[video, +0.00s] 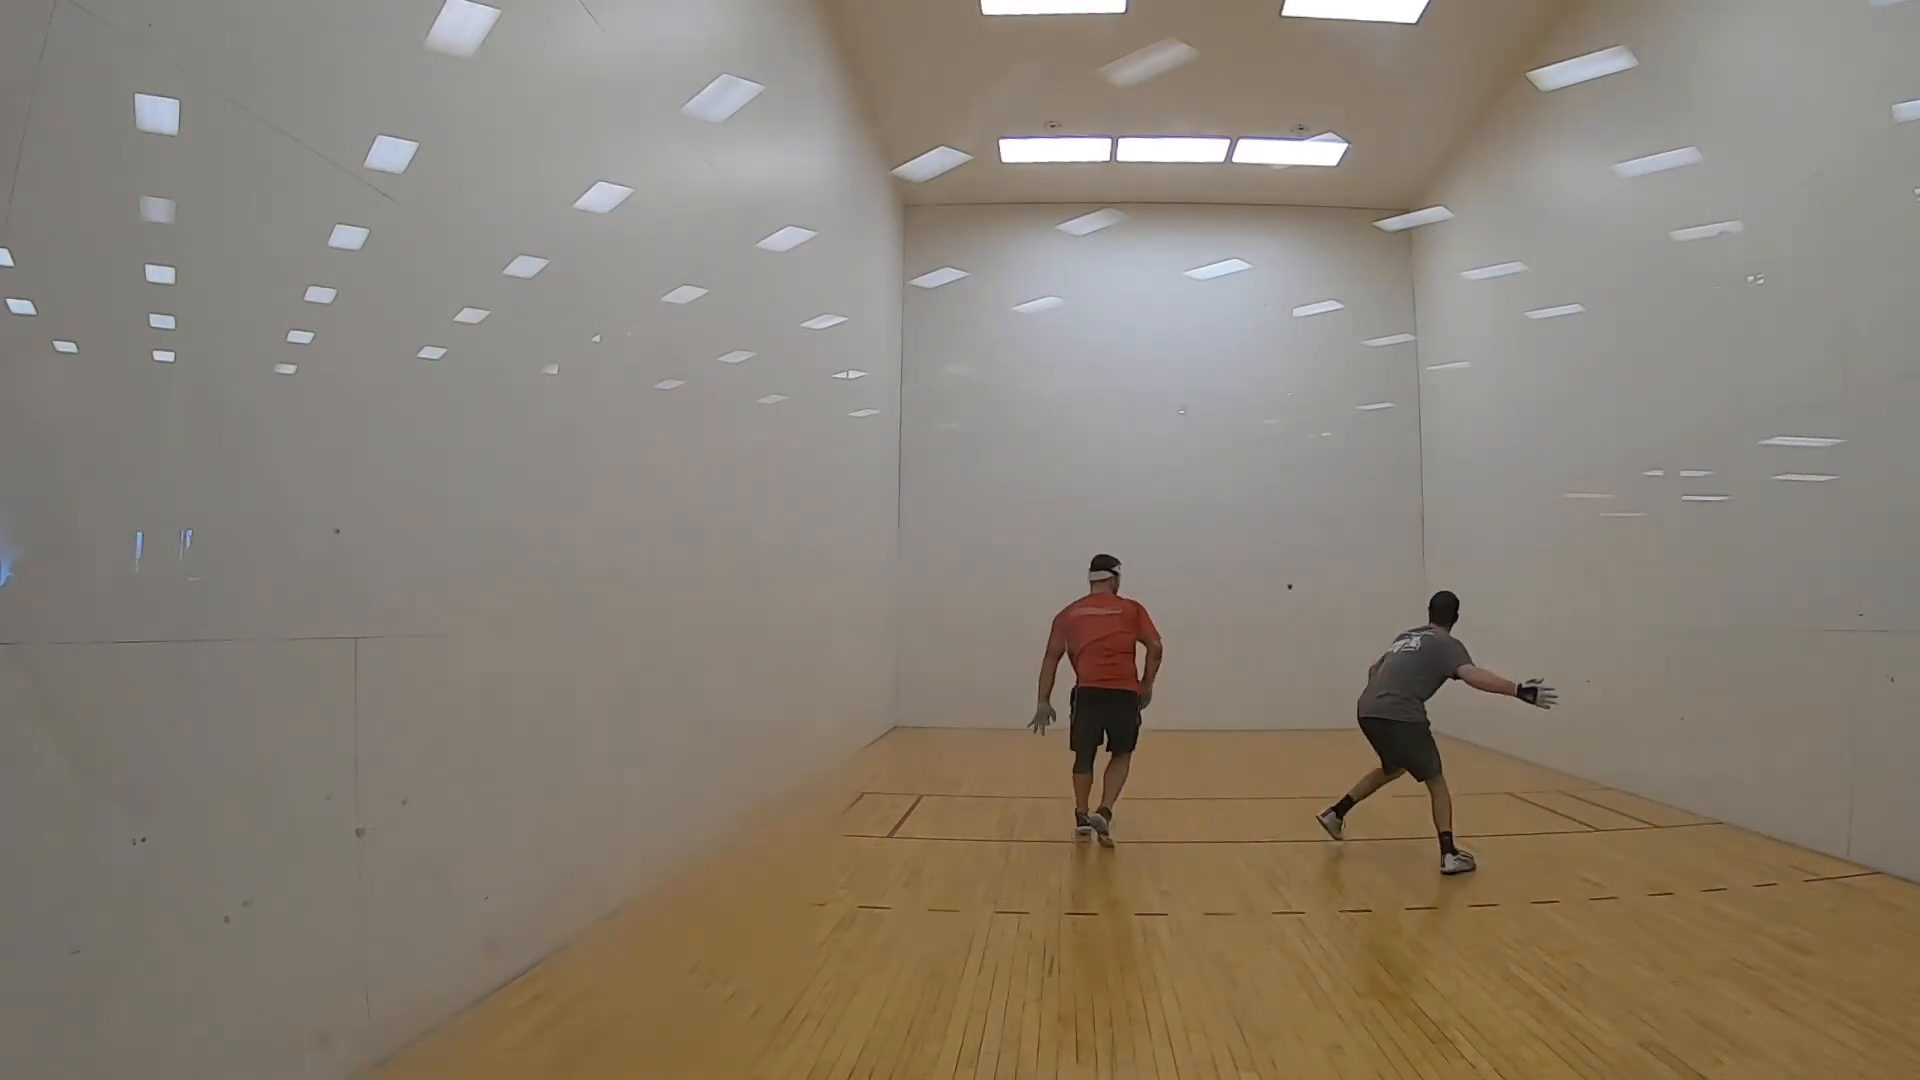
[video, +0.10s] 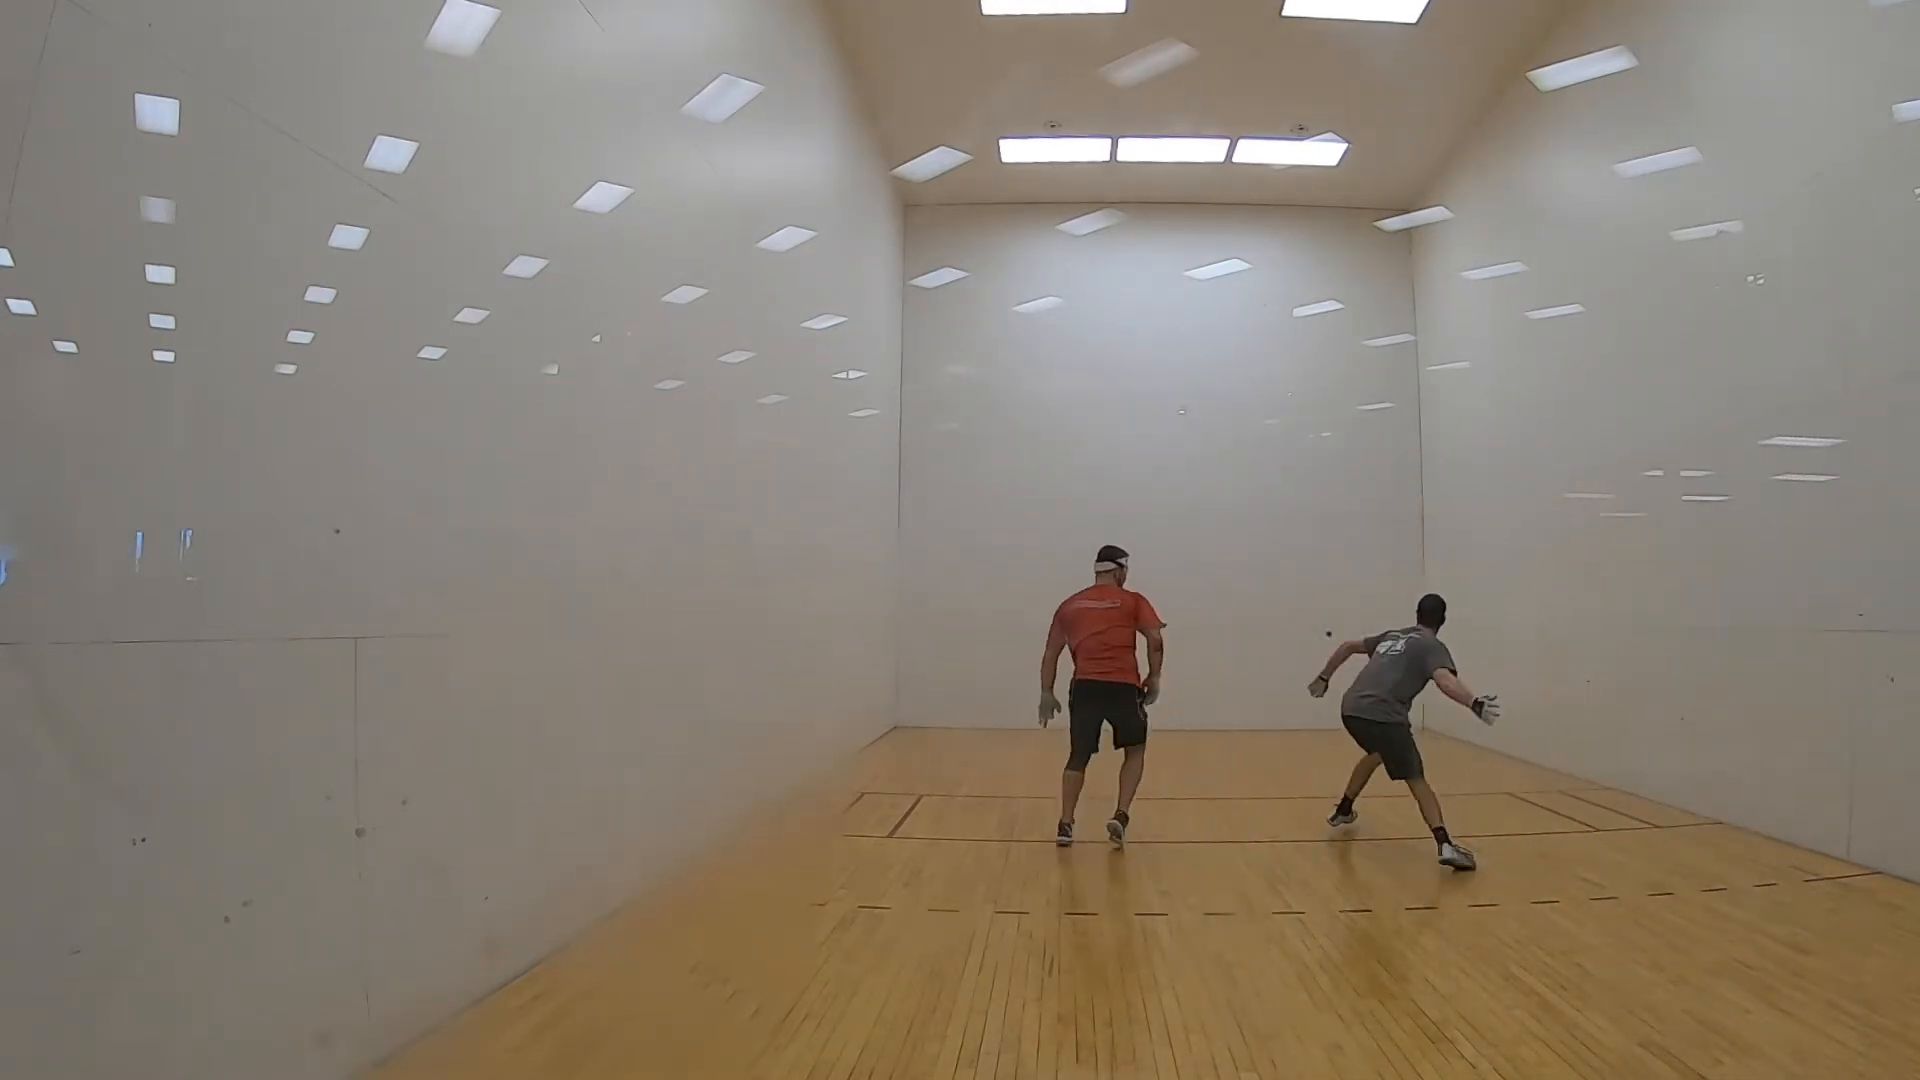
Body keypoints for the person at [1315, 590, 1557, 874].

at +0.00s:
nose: (1452, 620)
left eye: (1445, 612)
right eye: (1454, 615)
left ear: (1428, 613)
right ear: (1455, 618)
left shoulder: (1406, 637)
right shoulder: (1449, 645)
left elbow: (1375, 669)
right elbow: (1473, 676)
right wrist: (1518, 689)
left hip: (1369, 713)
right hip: (1404, 716)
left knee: (1393, 768)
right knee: (1435, 782)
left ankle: (1335, 813)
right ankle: (1449, 854)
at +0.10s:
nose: (1439, 622)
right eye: (1441, 618)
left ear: (1416, 616)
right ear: (1442, 620)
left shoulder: (1390, 637)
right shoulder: (1432, 647)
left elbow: (1348, 647)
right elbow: (1446, 682)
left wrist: (1323, 677)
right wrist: (1475, 703)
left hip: (1351, 711)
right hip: (1386, 718)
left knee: (1375, 754)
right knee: (1417, 782)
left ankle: (1343, 810)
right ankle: (1444, 844)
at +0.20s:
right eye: (1421, 619)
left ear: (1399, 612)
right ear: (1422, 622)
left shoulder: (1368, 627)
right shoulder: (1412, 662)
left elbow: (1325, 644)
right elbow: (1408, 713)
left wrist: (1311, 673)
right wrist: (1424, 754)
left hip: (1338, 714)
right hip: (1370, 724)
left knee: (1362, 753)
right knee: (1391, 781)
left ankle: (1349, 810)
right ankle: (1423, 822)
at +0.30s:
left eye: (1388, 606)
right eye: (1401, 614)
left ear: (1381, 605)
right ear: (1403, 616)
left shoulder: (1356, 619)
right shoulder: (1395, 651)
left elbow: (1320, 647)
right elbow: (1382, 678)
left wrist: (1302, 668)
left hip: (1326, 707)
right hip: (1359, 718)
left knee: (1338, 749)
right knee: (1372, 779)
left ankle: (1345, 810)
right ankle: (1396, 811)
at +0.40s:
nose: (1371, 598)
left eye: (1371, 593)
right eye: (1382, 600)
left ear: (1367, 595)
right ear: (1387, 605)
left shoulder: (1349, 606)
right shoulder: (1380, 632)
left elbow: (1307, 627)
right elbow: (1350, 613)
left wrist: (1269, 631)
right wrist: (1351, 578)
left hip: (1319, 692)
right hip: (1351, 700)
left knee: (1323, 751)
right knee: (1349, 763)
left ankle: (1341, 810)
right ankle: (1383, 797)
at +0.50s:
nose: (1354, 581)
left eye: (1353, 576)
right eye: (1364, 583)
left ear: (1350, 578)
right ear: (1370, 588)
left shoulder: (1335, 593)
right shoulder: (1364, 614)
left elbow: (1302, 607)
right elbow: (1326, 602)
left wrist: (1259, 606)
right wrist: (1330, 571)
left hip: (1316, 681)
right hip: (1344, 686)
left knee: (1318, 745)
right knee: (1333, 745)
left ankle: (1341, 809)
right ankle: (1370, 787)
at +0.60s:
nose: (1344, 575)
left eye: (1338, 567)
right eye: (1352, 573)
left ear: (1332, 567)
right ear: (1353, 575)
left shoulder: (1321, 585)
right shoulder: (1349, 602)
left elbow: (1299, 608)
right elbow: (1312, 621)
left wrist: (1254, 605)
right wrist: (1302, 587)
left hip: (1312, 675)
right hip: (1336, 678)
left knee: (1314, 738)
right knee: (1321, 735)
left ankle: (1343, 803)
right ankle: (1349, 787)